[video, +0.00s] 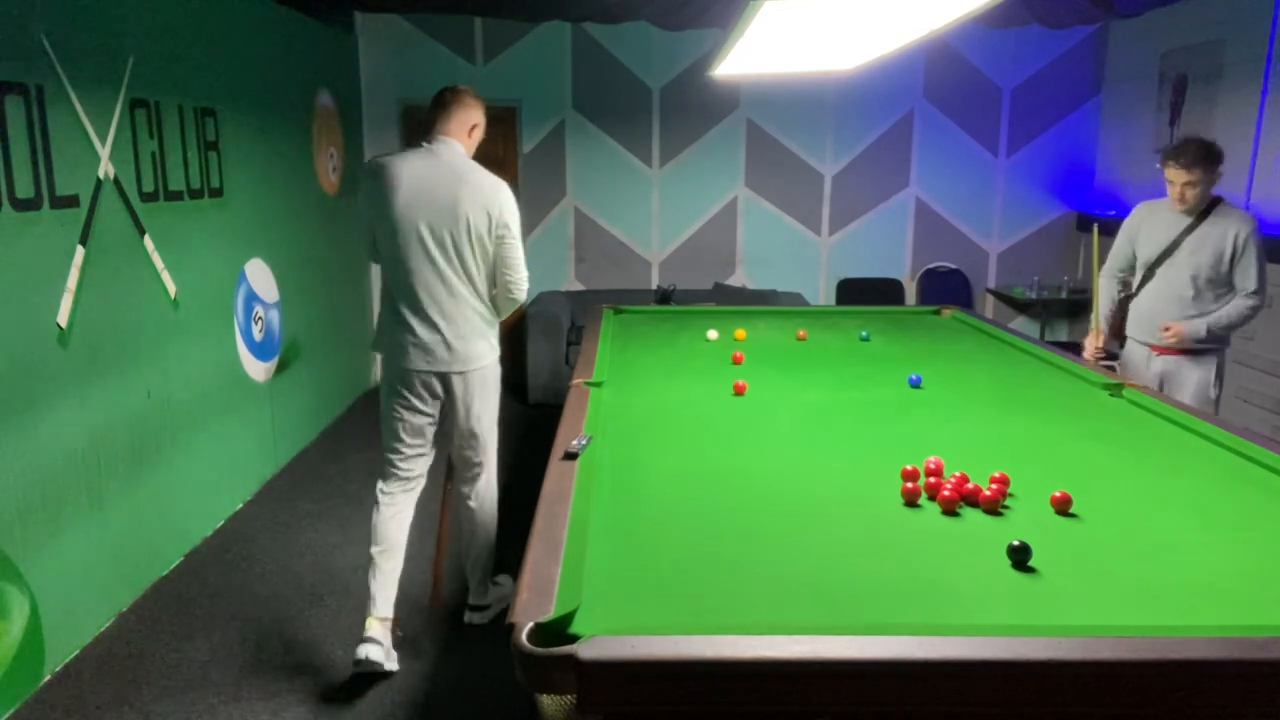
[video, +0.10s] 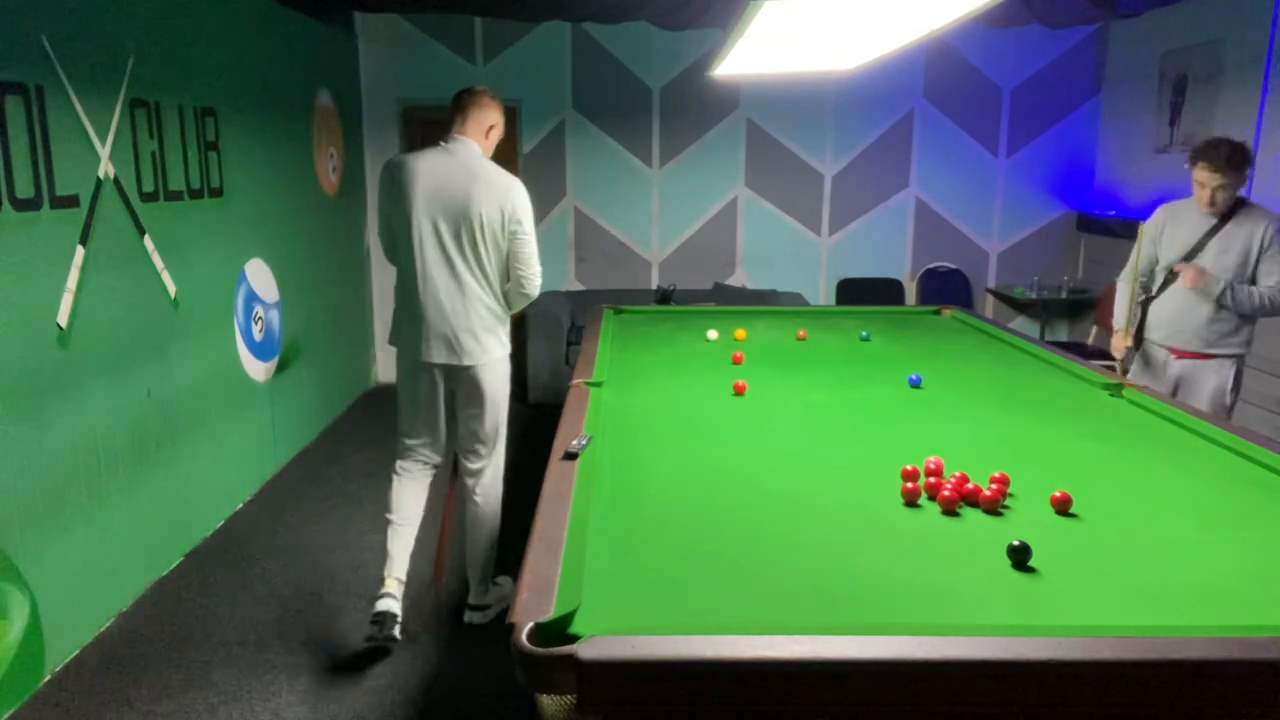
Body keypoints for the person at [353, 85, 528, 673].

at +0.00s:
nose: (481, 137)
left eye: (479, 129)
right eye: (481, 130)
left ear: (429, 122)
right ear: (474, 130)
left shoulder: (382, 173)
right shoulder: (494, 192)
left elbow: (376, 250)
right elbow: (515, 291)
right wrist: (477, 322)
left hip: (408, 353)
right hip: (472, 357)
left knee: (398, 481)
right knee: (476, 476)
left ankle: (376, 629)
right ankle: (480, 597)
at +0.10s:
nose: (500, 138)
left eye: (499, 130)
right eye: (500, 130)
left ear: (451, 119)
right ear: (491, 128)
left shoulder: (400, 170)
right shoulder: (507, 188)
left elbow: (392, 248)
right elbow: (527, 282)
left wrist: (432, 278)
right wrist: (492, 308)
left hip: (416, 339)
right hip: (481, 344)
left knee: (416, 457)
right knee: (482, 466)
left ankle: (390, 593)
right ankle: (481, 594)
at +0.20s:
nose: (504, 138)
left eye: (504, 131)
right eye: (505, 131)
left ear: (457, 118)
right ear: (497, 127)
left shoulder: (408, 169)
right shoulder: (514, 186)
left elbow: (403, 243)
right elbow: (534, 277)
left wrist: (436, 283)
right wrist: (497, 307)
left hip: (424, 338)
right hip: (487, 346)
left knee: (423, 452)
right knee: (484, 463)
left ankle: (400, 580)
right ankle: (480, 593)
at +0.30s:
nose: (505, 137)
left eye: (504, 130)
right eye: (507, 130)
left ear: (459, 120)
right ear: (500, 127)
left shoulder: (414, 170)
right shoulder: (517, 184)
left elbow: (414, 243)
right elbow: (539, 275)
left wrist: (444, 290)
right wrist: (500, 306)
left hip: (429, 336)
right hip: (491, 342)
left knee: (427, 452)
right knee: (486, 464)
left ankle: (408, 575)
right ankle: (480, 591)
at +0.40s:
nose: (506, 140)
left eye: (505, 133)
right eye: (507, 133)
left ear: (461, 122)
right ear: (500, 129)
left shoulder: (418, 172)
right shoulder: (517, 183)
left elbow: (417, 247)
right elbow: (540, 273)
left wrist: (445, 297)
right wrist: (503, 306)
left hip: (430, 335)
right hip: (492, 341)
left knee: (431, 451)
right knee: (487, 463)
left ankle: (419, 563)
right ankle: (478, 590)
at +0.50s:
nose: (509, 146)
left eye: (509, 138)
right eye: (511, 138)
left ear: (466, 125)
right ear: (503, 132)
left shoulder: (422, 173)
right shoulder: (515, 185)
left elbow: (416, 247)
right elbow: (539, 275)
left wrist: (440, 292)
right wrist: (503, 304)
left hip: (432, 332)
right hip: (492, 337)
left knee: (440, 433)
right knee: (488, 458)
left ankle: (439, 534)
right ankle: (480, 590)